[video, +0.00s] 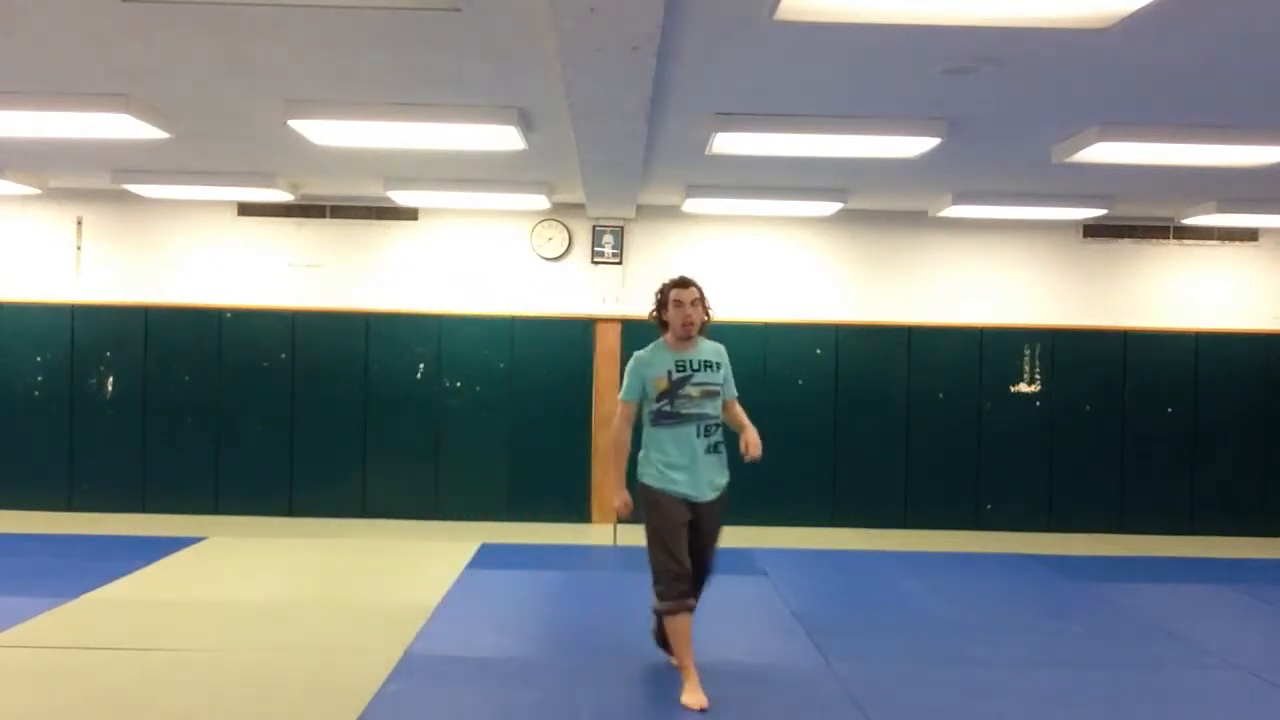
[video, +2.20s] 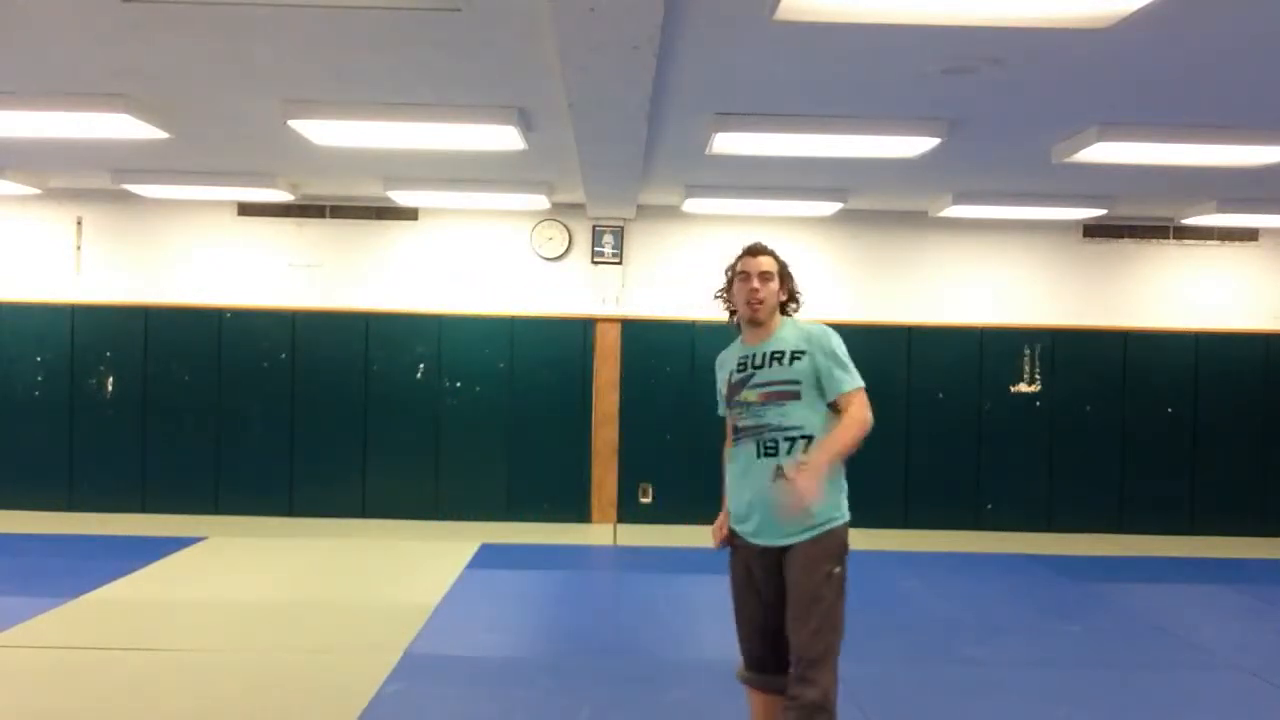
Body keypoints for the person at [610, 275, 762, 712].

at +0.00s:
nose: (687, 312)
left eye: (694, 304)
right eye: (678, 305)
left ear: (704, 311)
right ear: (664, 313)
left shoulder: (718, 354)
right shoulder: (644, 361)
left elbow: (729, 404)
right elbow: (623, 424)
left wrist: (747, 427)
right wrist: (618, 484)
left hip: (710, 481)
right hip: (662, 482)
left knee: (699, 569)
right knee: (676, 574)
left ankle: (669, 625)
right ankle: (690, 674)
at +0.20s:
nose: (695, 308)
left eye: (702, 299)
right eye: (685, 301)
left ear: (712, 305)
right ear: (671, 308)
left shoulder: (729, 350)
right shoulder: (652, 358)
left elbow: (743, 409)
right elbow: (634, 424)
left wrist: (756, 468)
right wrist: (643, 484)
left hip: (730, 487)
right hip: (676, 490)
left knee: (742, 576)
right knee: (680, 589)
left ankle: (718, 653)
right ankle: (688, 677)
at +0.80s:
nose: (741, 303)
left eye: (750, 293)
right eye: (732, 294)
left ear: (764, 300)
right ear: (718, 303)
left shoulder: (792, 354)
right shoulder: (699, 359)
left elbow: (816, 418)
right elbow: (682, 426)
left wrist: (830, 476)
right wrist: (678, 483)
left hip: (775, 511)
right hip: (710, 509)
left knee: (768, 625)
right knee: (705, 609)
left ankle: (757, 714)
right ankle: (700, 690)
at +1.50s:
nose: (713, 292)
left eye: (723, 281)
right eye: (702, 284)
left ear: (741, 290)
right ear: (690, 296)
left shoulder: (779, 341)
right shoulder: (680, 357)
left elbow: (811, 414)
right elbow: (672, 435)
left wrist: (774, 431)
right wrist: (674, 502)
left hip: (775, 523)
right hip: (703, 527)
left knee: (789, 648)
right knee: (709, 655)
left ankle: (794, 718)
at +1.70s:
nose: (732, 297)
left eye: (743, 286)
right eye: (722, 288)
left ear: (763, 295)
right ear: (711, 299)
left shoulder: (796, 347)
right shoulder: (705, 358)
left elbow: (812, 423)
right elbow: (695, 436)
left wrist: (750, 366)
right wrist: (685, 507)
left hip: (772, 525)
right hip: (707, 524)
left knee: (766, 658)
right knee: (706, 660)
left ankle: (774, 717)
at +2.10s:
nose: (747, 291)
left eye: (759, 281)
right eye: (737, 282)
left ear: (777, 293)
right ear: (725, 295)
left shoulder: (810, 343)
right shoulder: (722, 361)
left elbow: (846, 419)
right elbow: (719, 440)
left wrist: (777, 398)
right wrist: (717, 515)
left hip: (807, 526)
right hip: (743, 528)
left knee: (794, 659)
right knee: (756, 660)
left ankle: (797, 717)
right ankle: (761, 715)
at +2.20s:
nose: (754, 287)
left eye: (765, 278)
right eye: (743, 278)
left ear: (783, 289)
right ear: (731, 293)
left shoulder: (816, 338)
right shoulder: (726, 360)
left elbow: (859, 413)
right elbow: (733, 439)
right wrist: (728, 509)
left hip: (815, 528)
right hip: (749, 531)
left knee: (810, 671)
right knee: (762, 672)